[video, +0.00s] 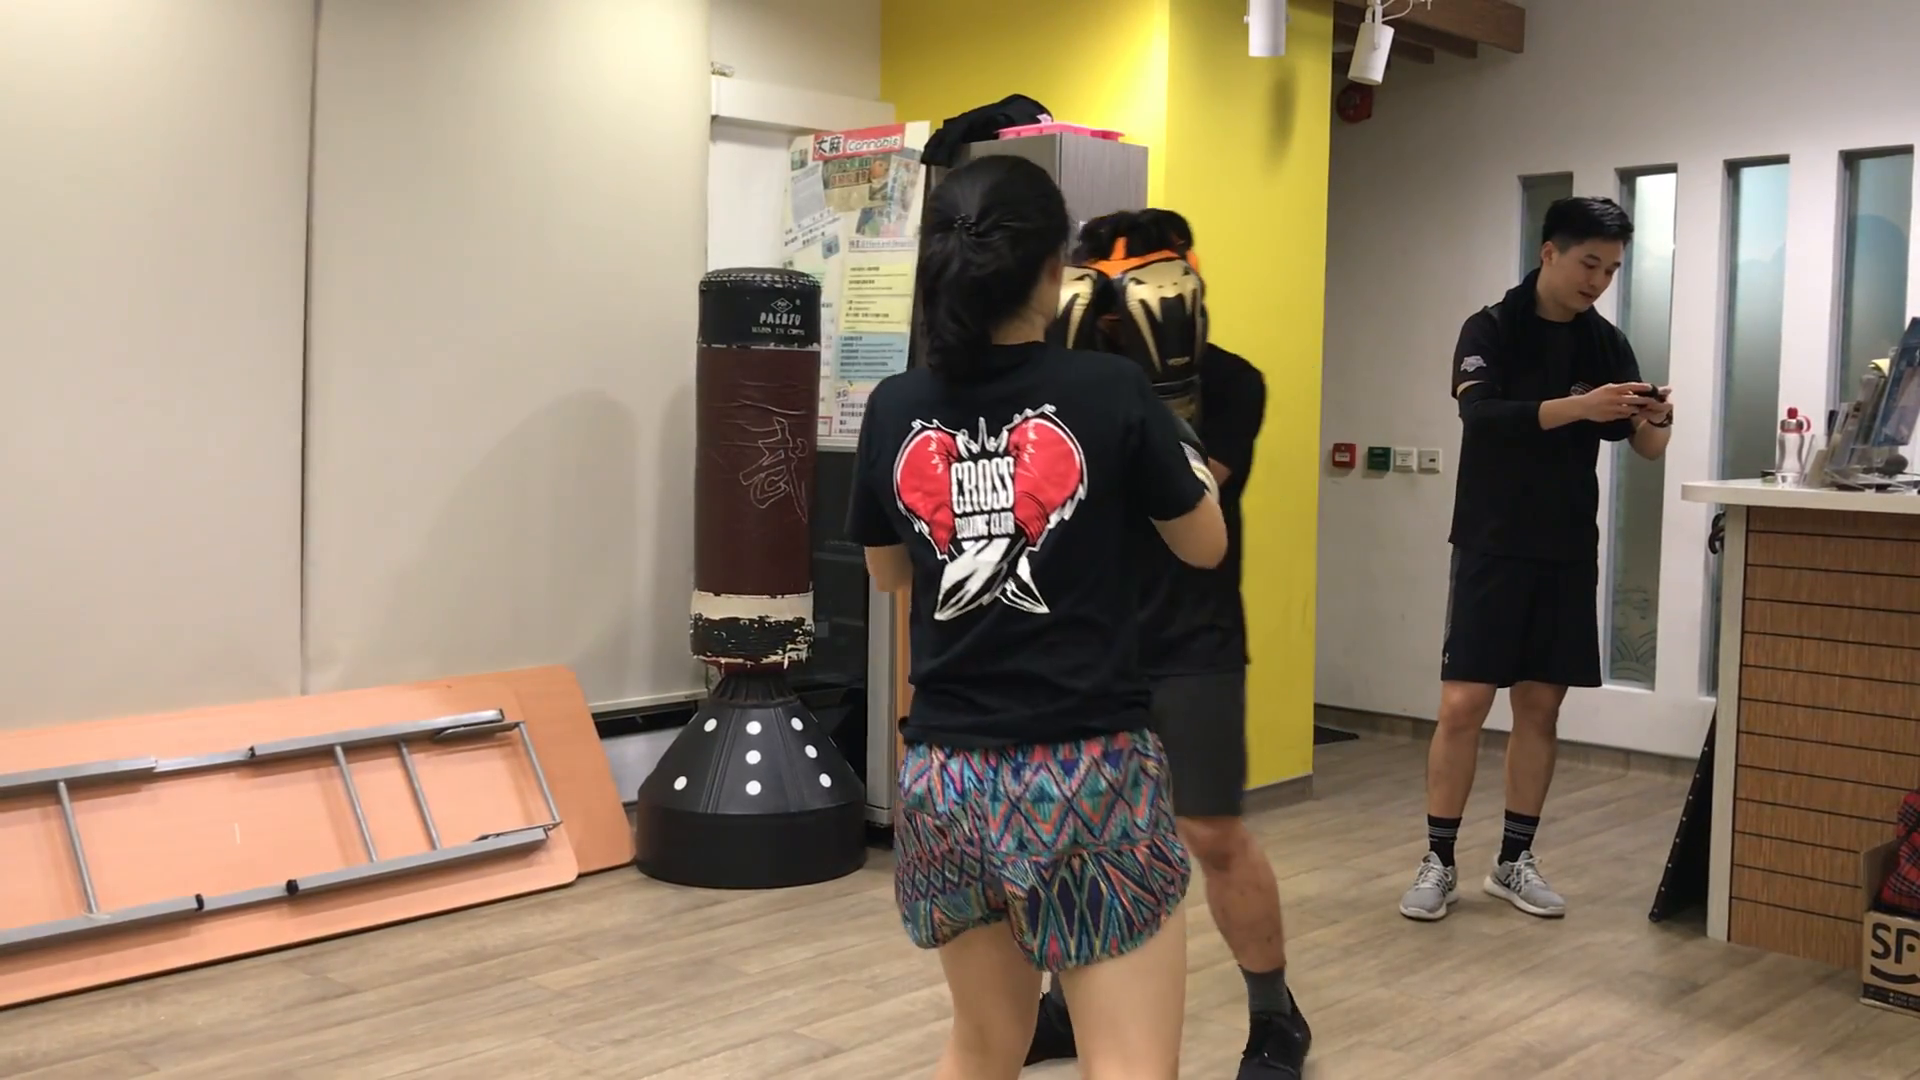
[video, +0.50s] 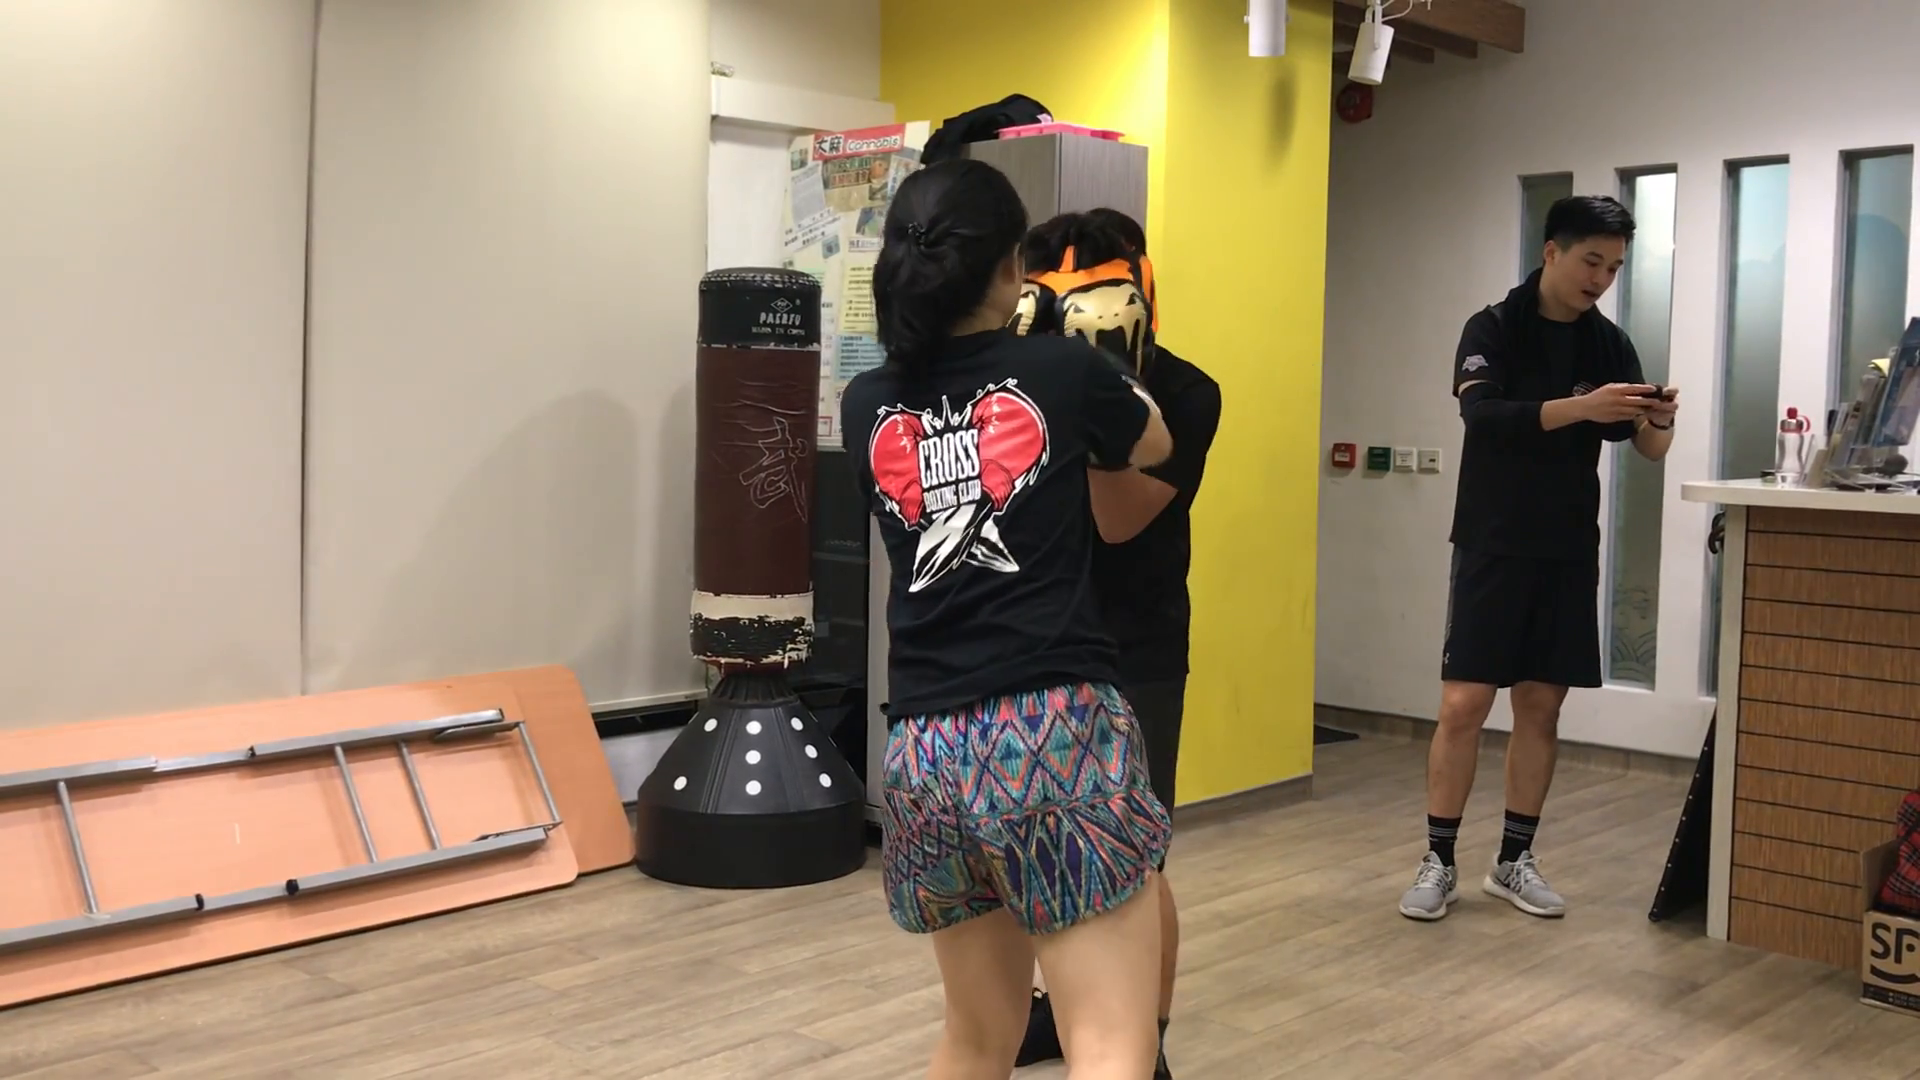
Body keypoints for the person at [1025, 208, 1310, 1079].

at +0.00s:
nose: (1123, 297)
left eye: (1141, 278)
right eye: (1108, 280)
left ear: (1180, 281)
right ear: (1089, 287)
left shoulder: (1228, 380)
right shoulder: (1072, 374)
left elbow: (1204, 497)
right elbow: (1039, 473)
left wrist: (1141, 384)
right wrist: (1078, 364)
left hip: (1193, 637)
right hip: (1085, 631)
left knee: (1214, 836)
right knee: (1071, 818)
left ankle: (1273, 1016)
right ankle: (1063, 1004)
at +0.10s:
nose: (1092, 296)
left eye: (1111, 277)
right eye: (1078, 279)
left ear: (1152, 281)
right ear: (1062, 286)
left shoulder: (1202, 380)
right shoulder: (1047, 377)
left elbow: (1179, 503)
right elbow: (1020, 480)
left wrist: (1120, 382)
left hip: (1172, 634)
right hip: (1066, 633)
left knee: (1185, 830)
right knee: (1056, 819)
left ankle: (1250, 1004)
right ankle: (1061, 1003)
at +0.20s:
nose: (1079, 295)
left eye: (1096, 276)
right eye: (1066, 277)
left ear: (1136, 279)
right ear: (1048, 285)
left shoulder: (1187, 381)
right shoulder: (1033, 379)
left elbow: (1140, 494)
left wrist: (1117, 371)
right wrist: (1045, 355)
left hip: (1158, 637)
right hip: (1054, 638)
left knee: (1171, 826)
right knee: (1047, 817)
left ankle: (1204, 1015)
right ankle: (1056, 1001)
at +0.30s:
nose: (1048, 299)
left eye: (1060, 283)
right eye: (1048, 285)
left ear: (1101, 285)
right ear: (1046, 289)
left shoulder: (1181, 383)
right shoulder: (1034, 378)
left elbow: (1133, 492)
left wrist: (1107, 362)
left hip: (1146, 642)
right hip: (1051, 643)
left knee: (1148, 838)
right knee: (1053, 821)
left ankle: (1166, 1023)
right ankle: (1061, 999)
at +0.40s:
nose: (1074, 309)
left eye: (1088, 288)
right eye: (1060, 294)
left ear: (1125, 287)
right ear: (1039, 296)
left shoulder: (1182, 390)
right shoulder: (1028, 383)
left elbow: (1123, 510)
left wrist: (1101, 389)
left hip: (1137, 658)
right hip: (1037, 658)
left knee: (1130, 856)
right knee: (1040, 841)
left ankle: (1139, 1032)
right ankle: (1046, 1008)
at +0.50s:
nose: (1079, 313)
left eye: (1099, 291)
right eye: (1060, 295)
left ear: (1139, 291)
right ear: (1032, 296)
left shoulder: (1182, 391)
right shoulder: (1018, 380)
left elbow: (1120, 513)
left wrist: (1071, 390)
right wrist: (1031, 365)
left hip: (1135, 657)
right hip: (1032, 654)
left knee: (1134, 859)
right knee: (1030, 845)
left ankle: (1147, 1038)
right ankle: (1041, 1016)